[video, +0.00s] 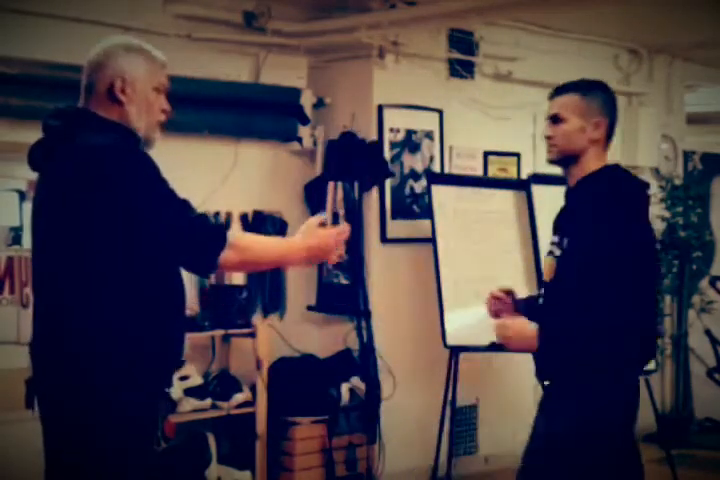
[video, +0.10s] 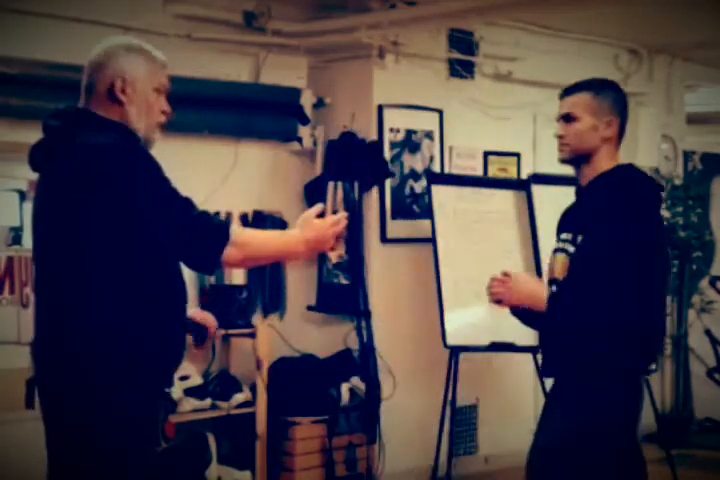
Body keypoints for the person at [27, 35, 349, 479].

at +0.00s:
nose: (167, 108)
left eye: (166, 95)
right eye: (160, 92)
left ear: (120, 91)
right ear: (121, 91)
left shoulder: (65, 158)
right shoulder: (116, 160)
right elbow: (208, 249)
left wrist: (293, 246)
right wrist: (303, 249)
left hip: (71, 382)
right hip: (115, 390)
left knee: (74, 471)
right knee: (118, 471)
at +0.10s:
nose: (167, 109)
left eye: (166, 96)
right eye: (160, 93)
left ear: (121, 91)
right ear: (122, 90)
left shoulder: (66, 157)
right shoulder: (116, 157)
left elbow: (100, 277)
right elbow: (212, 246)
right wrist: (305, 240)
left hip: (71, 377)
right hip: (116, 387)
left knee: (78, 471)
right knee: (122, 470)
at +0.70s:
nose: (188, 118)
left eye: (189, 106)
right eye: (183, 103)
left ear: (139, 93)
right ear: (146, 94)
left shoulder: (76, 155)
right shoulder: (143, 159)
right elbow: (232, 224)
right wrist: (208, 160)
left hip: (80, 362)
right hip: (133, 368)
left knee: (84, 468)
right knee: (130, 469)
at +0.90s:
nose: (197, 136)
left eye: (202, 124)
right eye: (196, 120)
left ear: (157, 102)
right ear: (163, 104)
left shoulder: (79, 159)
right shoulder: (157, 164)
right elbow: (223, 245)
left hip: (75, 364)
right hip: (132, 371)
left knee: (78, 468)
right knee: (132, 469)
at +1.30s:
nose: (203, 136)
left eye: (207, 124)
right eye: (201, 119)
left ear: (162, 103)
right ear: (167, 104)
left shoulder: (84, 159)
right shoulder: (155, 165)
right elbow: (227, 280)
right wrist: (298, 341)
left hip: (76, 365)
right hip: (133, 374)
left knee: (79, 468)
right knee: (130, 469)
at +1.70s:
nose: (189, 109)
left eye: (188, 96)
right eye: (183, 93)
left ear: (139, 91)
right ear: (145, 92)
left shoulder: (80, 161)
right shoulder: (135, 165)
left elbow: (107, 288)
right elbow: (220, 271)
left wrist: (166, 366)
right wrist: (289, 252)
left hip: (77, 380)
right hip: (120, 392)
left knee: (82, 471)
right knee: (125, 472)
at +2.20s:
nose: (160, 114)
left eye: (159, 100)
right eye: (154, 97)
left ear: (112, 95)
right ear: (115, 95)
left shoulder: (54, 157)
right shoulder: (101, 164)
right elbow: (171, 272)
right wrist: (254, 307)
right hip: (94, 399)